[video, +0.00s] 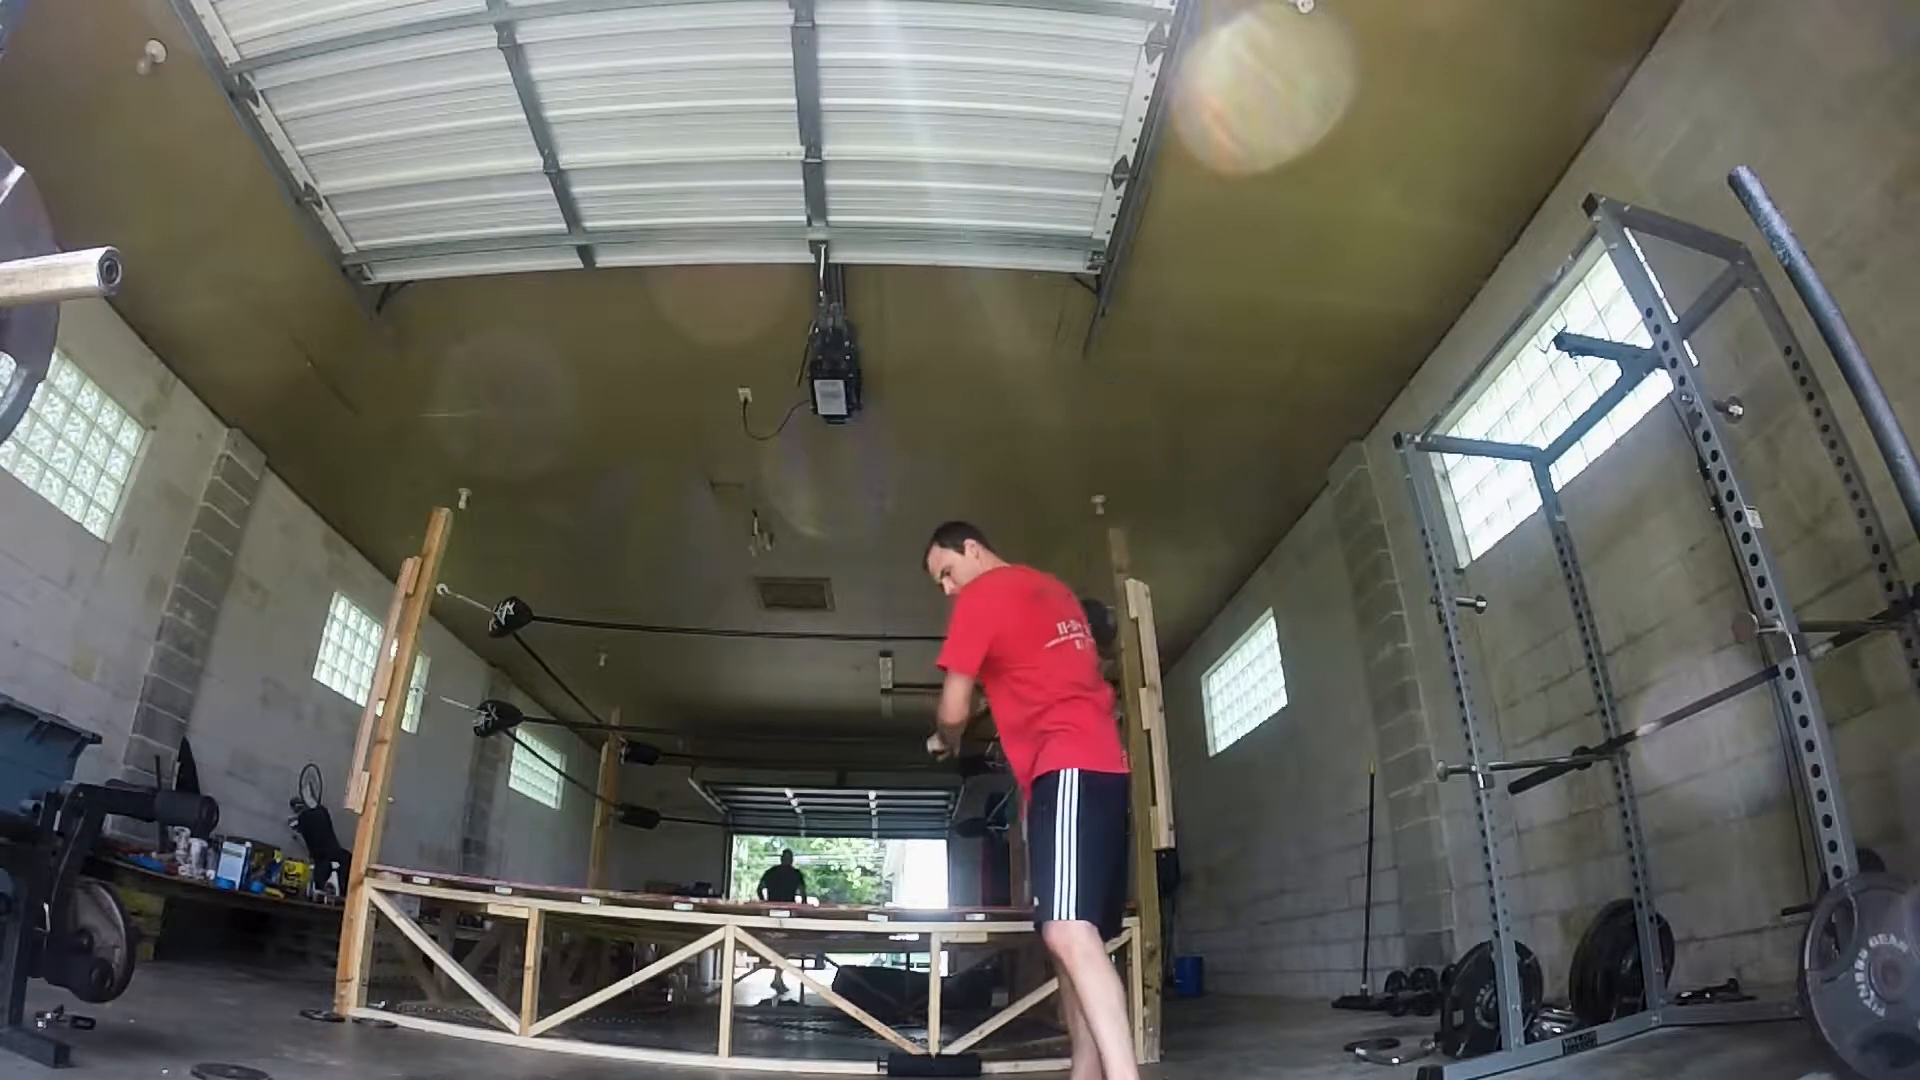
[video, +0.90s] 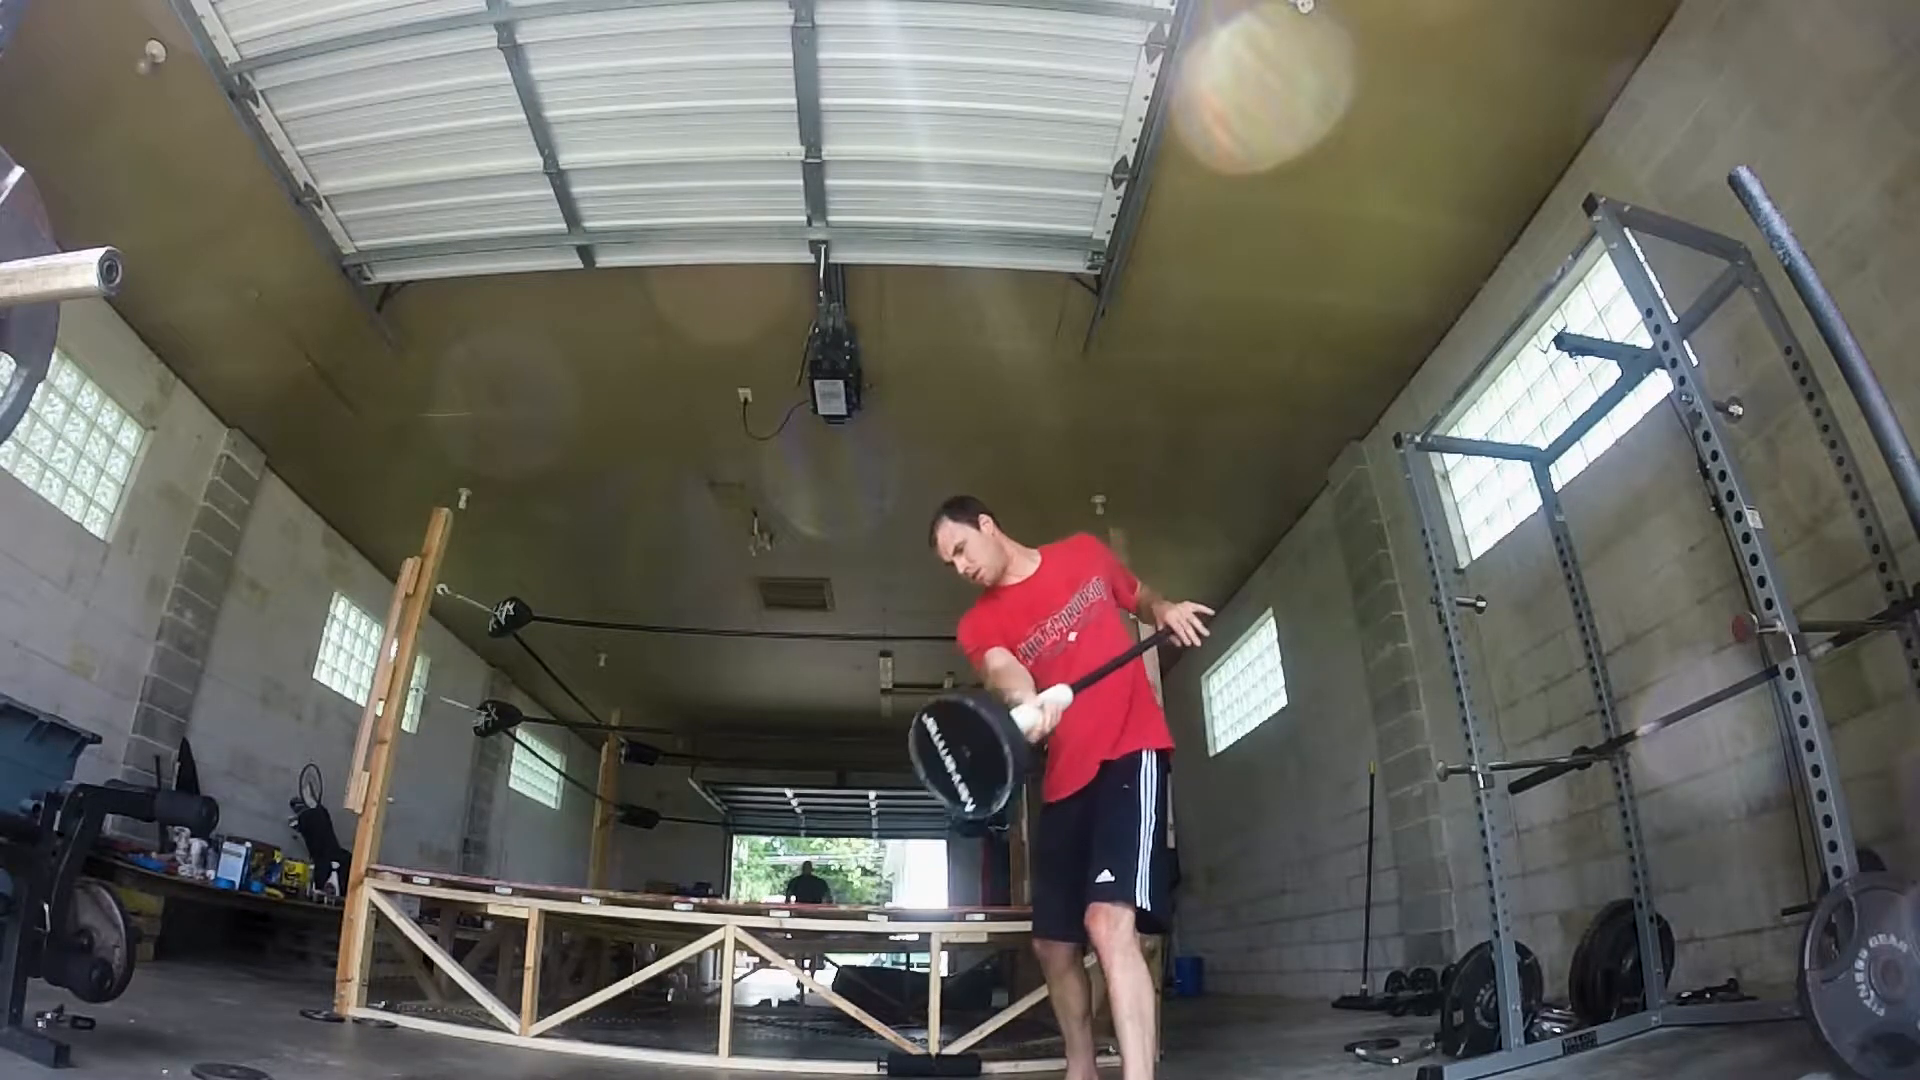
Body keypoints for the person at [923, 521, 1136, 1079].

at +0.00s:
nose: (947, 588)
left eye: (945, 573)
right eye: (940, 581)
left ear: (972, 547)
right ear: (980, 551)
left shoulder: (981, 595)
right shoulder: (1052, 585)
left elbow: (954, 710)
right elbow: (1078, 675)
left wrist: (944, 740)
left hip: (1068, 768)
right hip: (1101, 765)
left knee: (1068, 931)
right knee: (1074, 934)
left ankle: (1124, 1074)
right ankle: (1086, 1073)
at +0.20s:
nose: (952, 588)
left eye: (951, 572)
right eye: (944, 581)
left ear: (980, 549)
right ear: (969, 564)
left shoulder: (1022, 583)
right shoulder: (1029, 591)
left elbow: (1027, 694)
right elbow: (1066, 701)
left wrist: (980, 770)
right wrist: (1022, 762)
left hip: (1103, 768)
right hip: (1087, 772)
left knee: (1081, 930)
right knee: (1068, 933)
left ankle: (1128, 1075)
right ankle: (1087, 1071)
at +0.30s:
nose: (956, 586)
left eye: (956, 570)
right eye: (947, 581)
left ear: (984, 548)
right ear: (959, 578)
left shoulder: (1040, 576)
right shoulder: (1016, 638)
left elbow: (1075, 668)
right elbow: (1036, 734)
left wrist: (1019, 758)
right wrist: (1005, 800)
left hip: (1118, 768)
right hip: (1081, 784)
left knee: (1092, 927)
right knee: (1066, 935)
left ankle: (1131, 1074)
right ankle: (1087, 1072)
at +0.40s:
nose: (958, 584)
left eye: (959, 567)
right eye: (950, 579)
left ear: (987, 545)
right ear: (958, 580)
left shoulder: (1057, 566)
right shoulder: (1007, 655)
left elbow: (1129, 629)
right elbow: (1014, 759)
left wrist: (1070, 724)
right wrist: (960, 843)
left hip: (1128, 766)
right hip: (1078, 788)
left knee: (1102, 924)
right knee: (1067, 939)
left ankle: (1136, 1074)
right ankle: (1087, 1072)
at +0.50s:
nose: (963, 581)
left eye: (963, 563)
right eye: (954, 576)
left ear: (990, 540)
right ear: (960, 578)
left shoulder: (1075, 562)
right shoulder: (1000, 653)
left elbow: (1174, 596)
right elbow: (999, 758)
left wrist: (1132, 668)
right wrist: (951, 848)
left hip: (1133, 764)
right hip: (1078, 791)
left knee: (1108, 924)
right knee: (1065, 939)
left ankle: (1138, 1075)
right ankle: (1087, 1073)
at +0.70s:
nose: (967, 570)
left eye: (966, 552)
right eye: (956, 565)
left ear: (993, 528)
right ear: (958, 568)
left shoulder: (1093, 552)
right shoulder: (988, 634)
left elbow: (1175, 579)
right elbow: (992, 715)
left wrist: (1174, 609)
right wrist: (965, 789)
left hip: (1134, 754)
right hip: (1071, 776)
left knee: (1110, 920)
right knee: (1060, 941)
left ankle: (1140, 1076)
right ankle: (1085, 1073)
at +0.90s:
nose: (961, 566)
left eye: (961, 549)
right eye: (950, 561)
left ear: (988, 525)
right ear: (950, 564)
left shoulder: (1082, 552)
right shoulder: (978, 622)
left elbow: (1141, 601)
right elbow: (1003, 673)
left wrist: (1168, 609)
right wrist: (1028, 706)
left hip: (1133, 748)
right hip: (1068, 770)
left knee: (1108, 920)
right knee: (1052, 941)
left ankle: (1139, 1076)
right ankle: (1082, 1072)